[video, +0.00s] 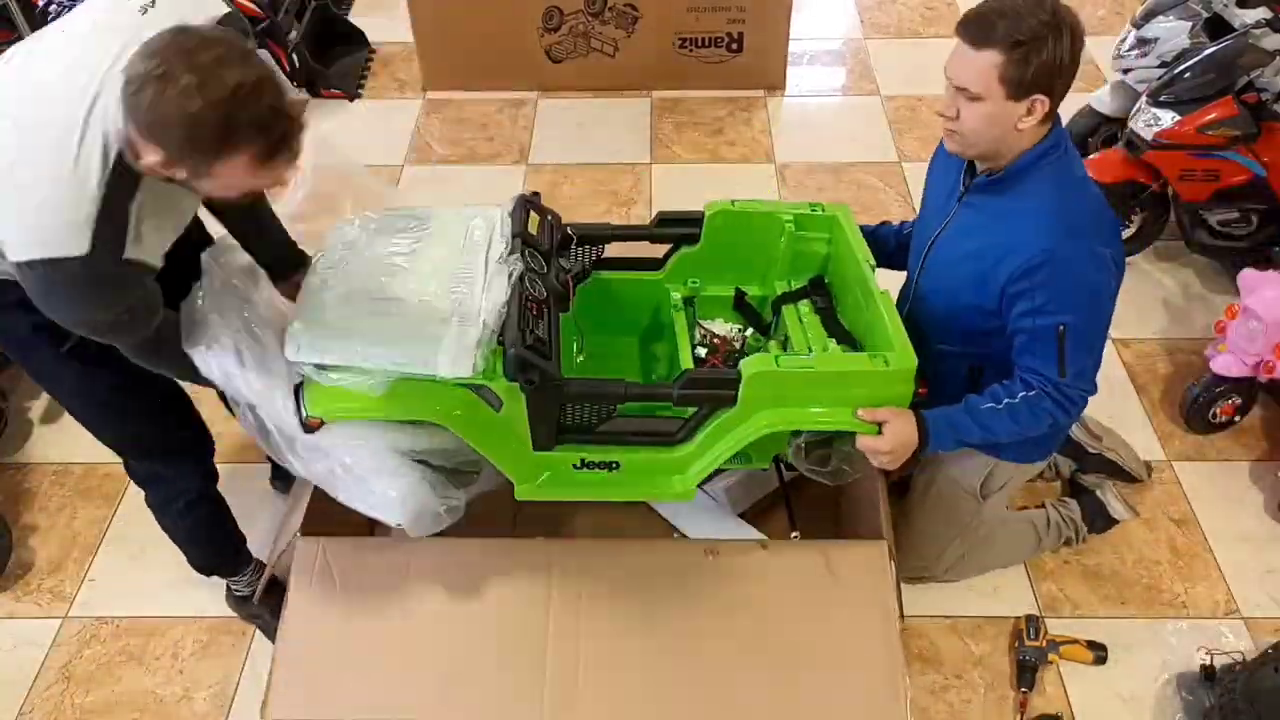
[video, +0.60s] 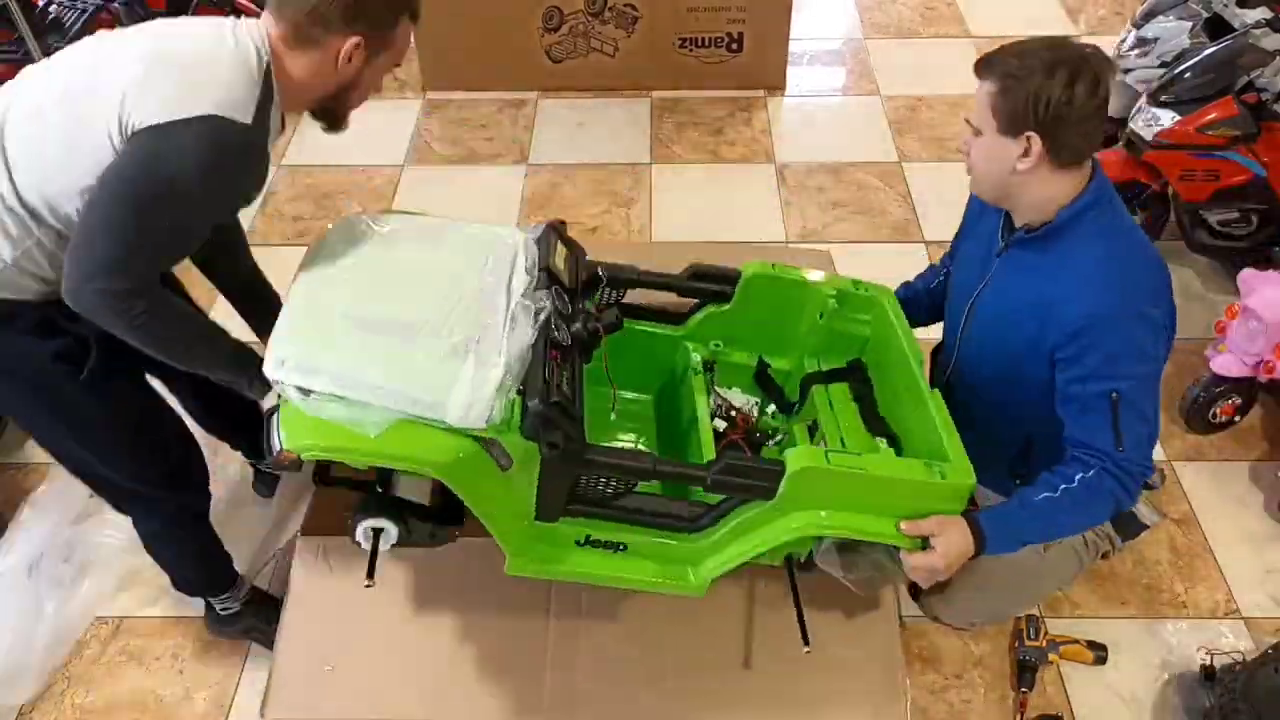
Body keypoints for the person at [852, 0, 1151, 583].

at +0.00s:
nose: (945, 109)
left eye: (968, 98)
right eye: (949, 88)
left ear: (1032, 113)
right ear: (948, 70)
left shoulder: (1069, 244)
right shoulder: (966, 143)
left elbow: (1050, 398)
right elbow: (940, 245)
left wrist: (924, 430)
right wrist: (854, 242)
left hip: (997, 418)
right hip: (923, 362)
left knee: (920, 556)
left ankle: (1079, 514)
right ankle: (1044, 449)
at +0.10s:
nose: (977, 183)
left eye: (997, 176)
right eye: (982, 165)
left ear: (1068, 190)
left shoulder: (1120, 332)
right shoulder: (1002, 207)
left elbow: (1065, 480)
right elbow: (956, 256)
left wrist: (931, 507)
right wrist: (877, 244)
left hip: (1029, 477)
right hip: (944, 415)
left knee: (954, 602)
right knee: (806, 507)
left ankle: (1104, 517)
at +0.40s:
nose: (1001, 131)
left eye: (1029, 122)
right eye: (1011, 107)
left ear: (1091, 156)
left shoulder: (1132, 300)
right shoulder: (1012, 182)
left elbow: (1108, 462)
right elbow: (970, 253)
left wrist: (984, 524)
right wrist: (889, 270)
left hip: (1042, 476)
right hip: (956, 412)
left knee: (950, 600)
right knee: (853, 518)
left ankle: (1107, 517)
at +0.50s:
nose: (1001, 146)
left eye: (1028, 141)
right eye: (1011, 123)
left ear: (1093, 170)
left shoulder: (1125, 310)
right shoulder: (1017, 178)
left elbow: (1094, 464)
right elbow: (978, 247)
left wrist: (962, 516)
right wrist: (897, 267)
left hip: (1030, 470)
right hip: (950, 402)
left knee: (949, 598)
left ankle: (1107, 520)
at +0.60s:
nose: (962, 143)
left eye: (975, 132)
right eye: (969, 127)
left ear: (1027, 152)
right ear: (1023, 153)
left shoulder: (1115, 294)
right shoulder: (1000, 190)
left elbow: (1108, 474)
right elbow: (954, 281)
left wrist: (977, 533)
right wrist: (865, 316)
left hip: (1050, 494)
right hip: (958, 431)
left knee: (950, 605)